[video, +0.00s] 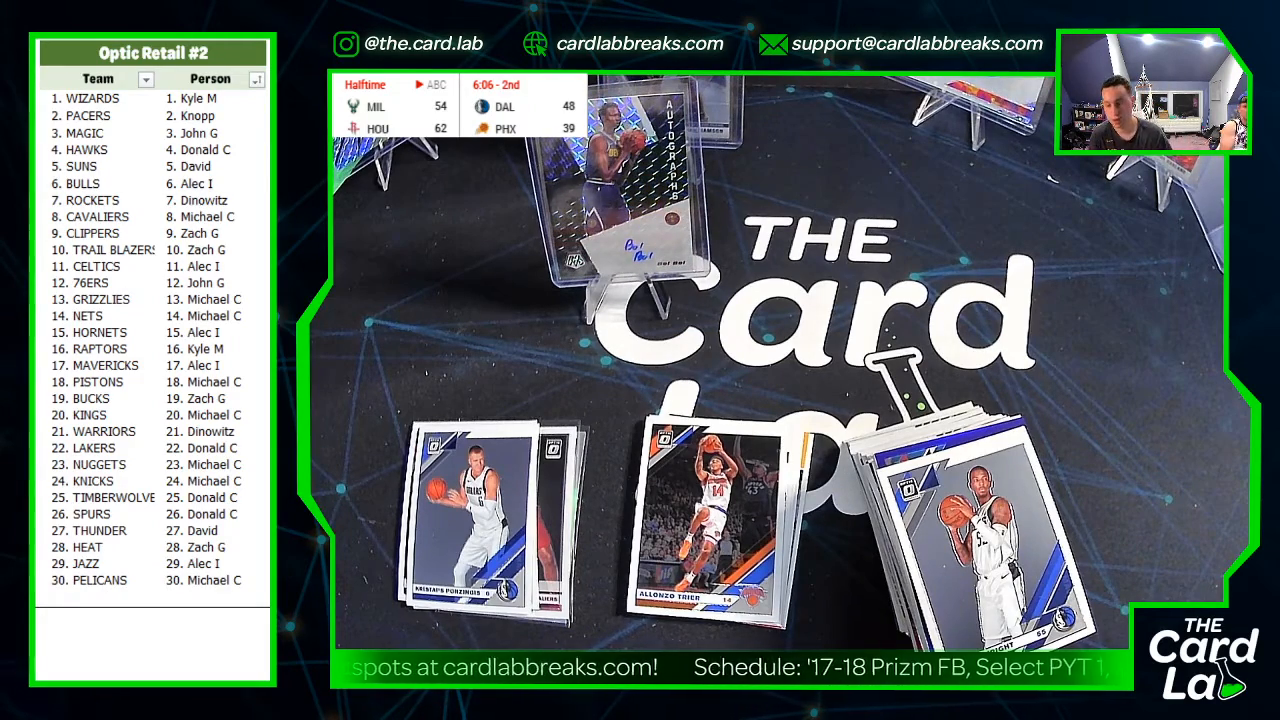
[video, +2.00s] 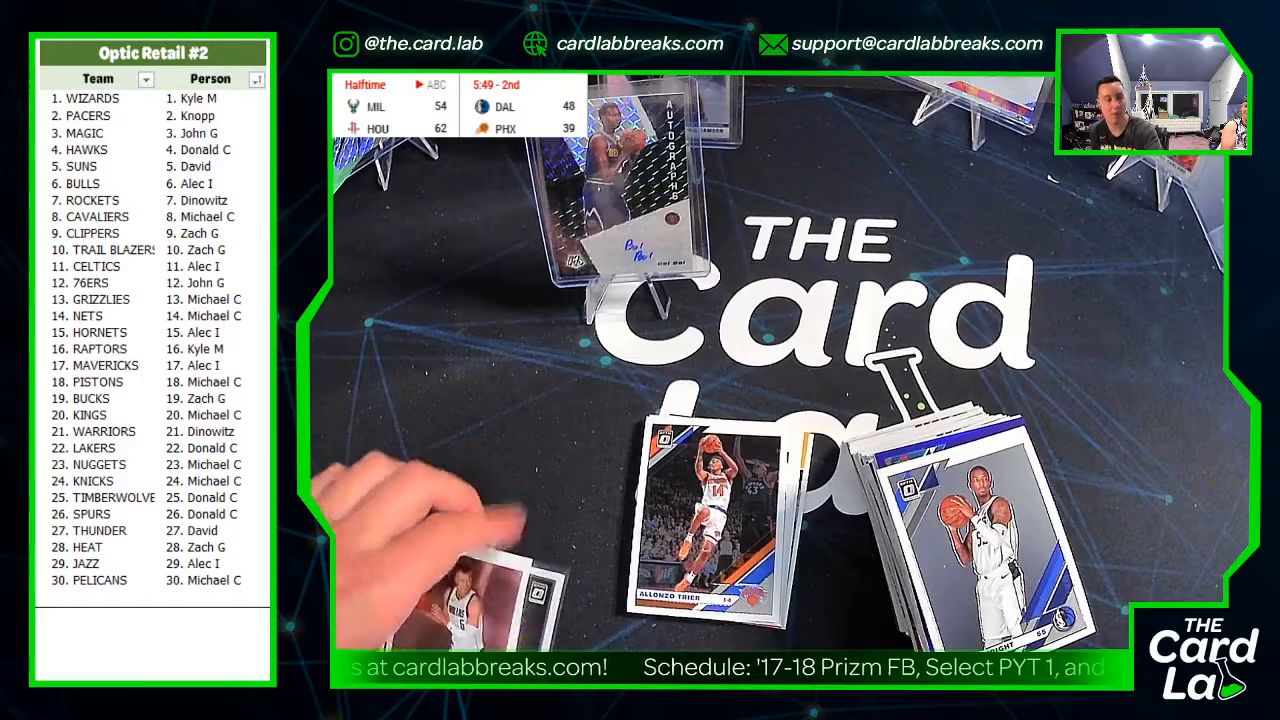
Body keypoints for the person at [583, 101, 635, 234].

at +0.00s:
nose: (618, 118)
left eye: (619, 115)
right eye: (614, 115)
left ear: (620, 116)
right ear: (604, 118)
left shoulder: (617, 141)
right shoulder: (598, 140)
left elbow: (620, 178)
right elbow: (607, 175)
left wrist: (633, 155)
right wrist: (624, 153)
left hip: (612, 189)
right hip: (596, 192)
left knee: (625, 231)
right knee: (598, 237)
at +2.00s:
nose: (617, 118)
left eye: (618, 114)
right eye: (612, 115)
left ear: (620, 117)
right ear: (603, 118)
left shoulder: (616, 140)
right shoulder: (598, 140)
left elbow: (622, 170)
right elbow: (606, 175)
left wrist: (632, 153)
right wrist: (624, 154)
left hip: (612, 187)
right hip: (598, 189)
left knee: (625, 219)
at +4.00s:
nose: (618, 118)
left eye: (618, 115)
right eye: (614, 116)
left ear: (620, 117)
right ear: (603, 119)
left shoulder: (616, 141)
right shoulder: (598, 141)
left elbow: (621, 178)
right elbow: (606, 176)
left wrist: (631, 154)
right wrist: (623, 157)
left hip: (611, 188)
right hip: (595, 190)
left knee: (624, 227)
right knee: (599, 234)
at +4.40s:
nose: (618, 118)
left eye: (619, 115)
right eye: (614, 115)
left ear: (620, 117)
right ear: (603, 118)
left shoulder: (615, 141)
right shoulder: (599, 141)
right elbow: (605, 175)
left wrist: (630, 153)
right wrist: (624, 156)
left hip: (612, 187)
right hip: (596, 189)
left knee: (624, 226)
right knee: (599, 233)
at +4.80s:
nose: (617, 118)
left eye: (618, 115)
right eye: (612, 115)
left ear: (620, 117)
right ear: (602, 119)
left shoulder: (617, 141)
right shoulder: (598, 141)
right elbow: (607, 175)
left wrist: (633, 155)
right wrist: (624, 155)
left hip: (612, 189)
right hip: (597, 191)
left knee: (624, 225)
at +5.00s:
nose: (617, 118)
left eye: (618, 115)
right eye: (612, 116)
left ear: (620, 117)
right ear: (603, 119)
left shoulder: (618, 141)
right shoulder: (598, 141)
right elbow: (607, 176)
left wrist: (633, 155)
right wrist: (624, 155)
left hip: (613, 189)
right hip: (597, 191)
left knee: (624, 227)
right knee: (601, 233)